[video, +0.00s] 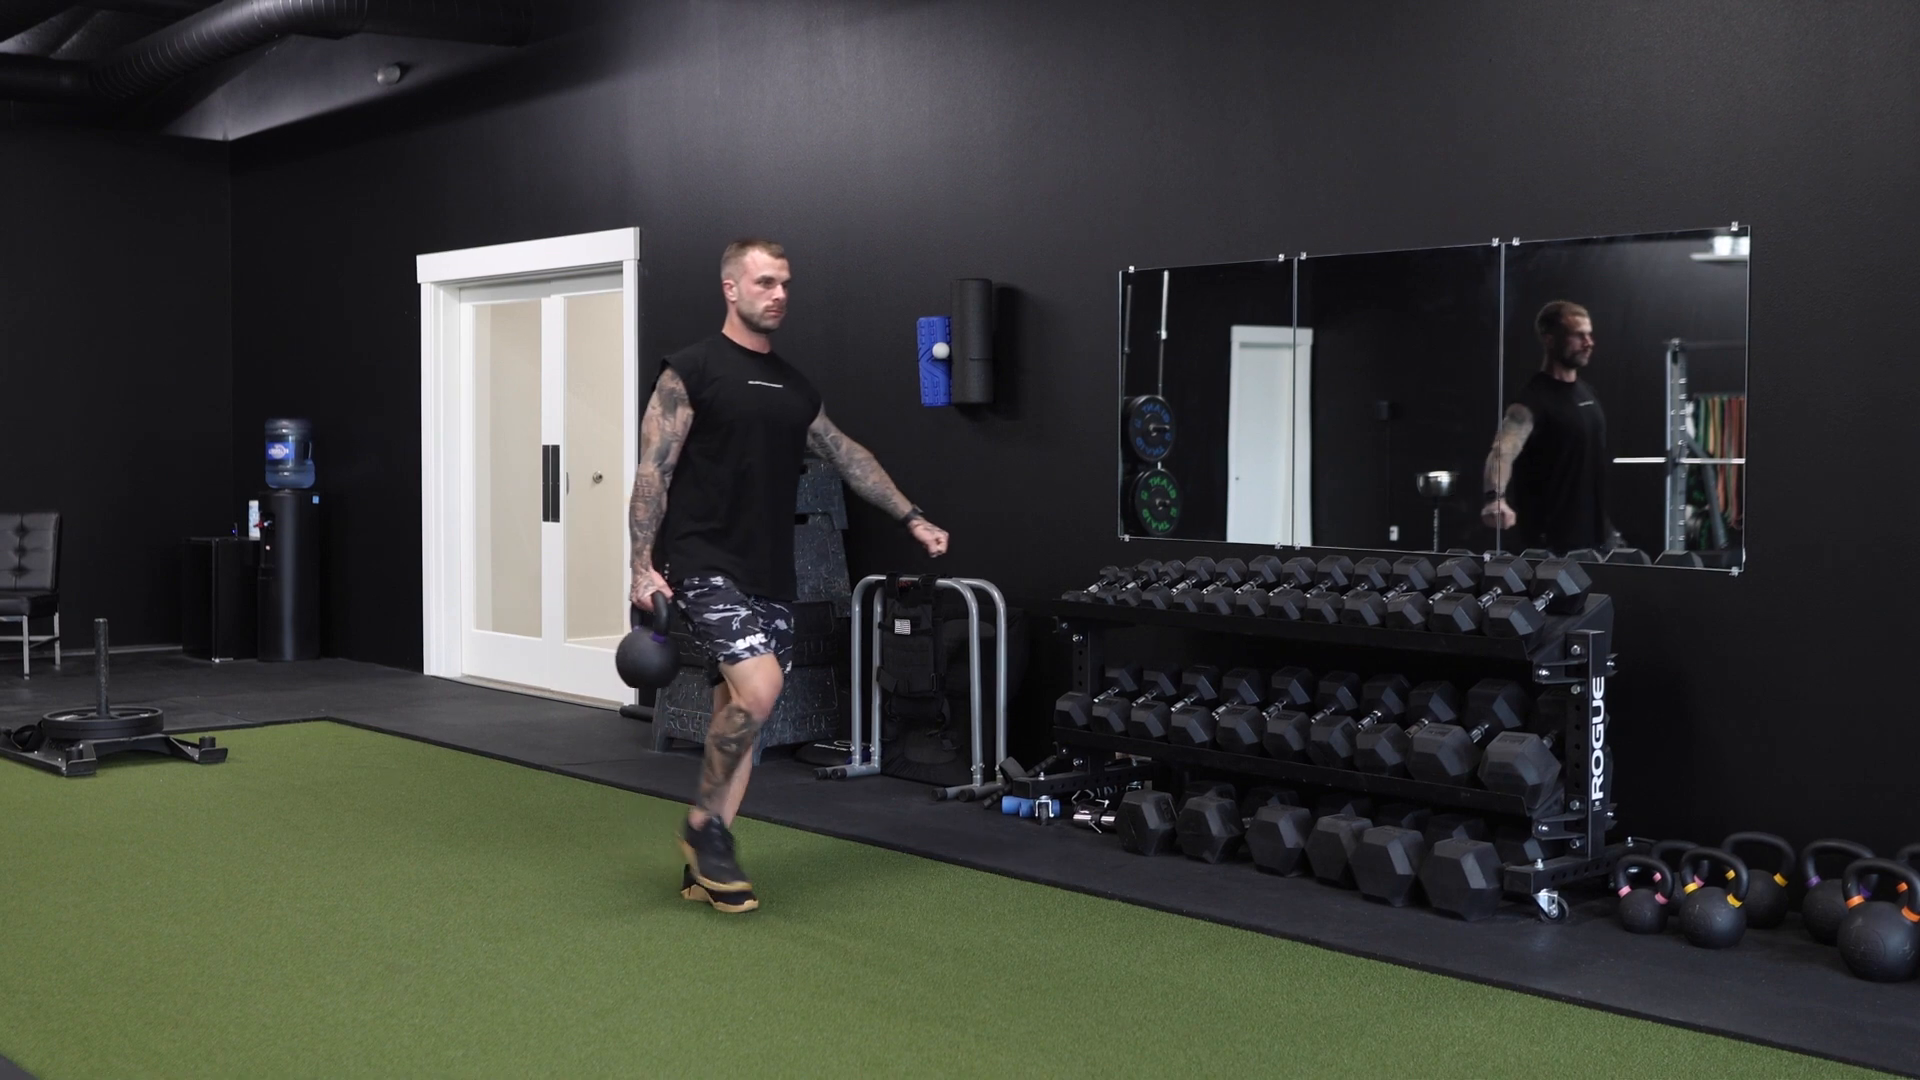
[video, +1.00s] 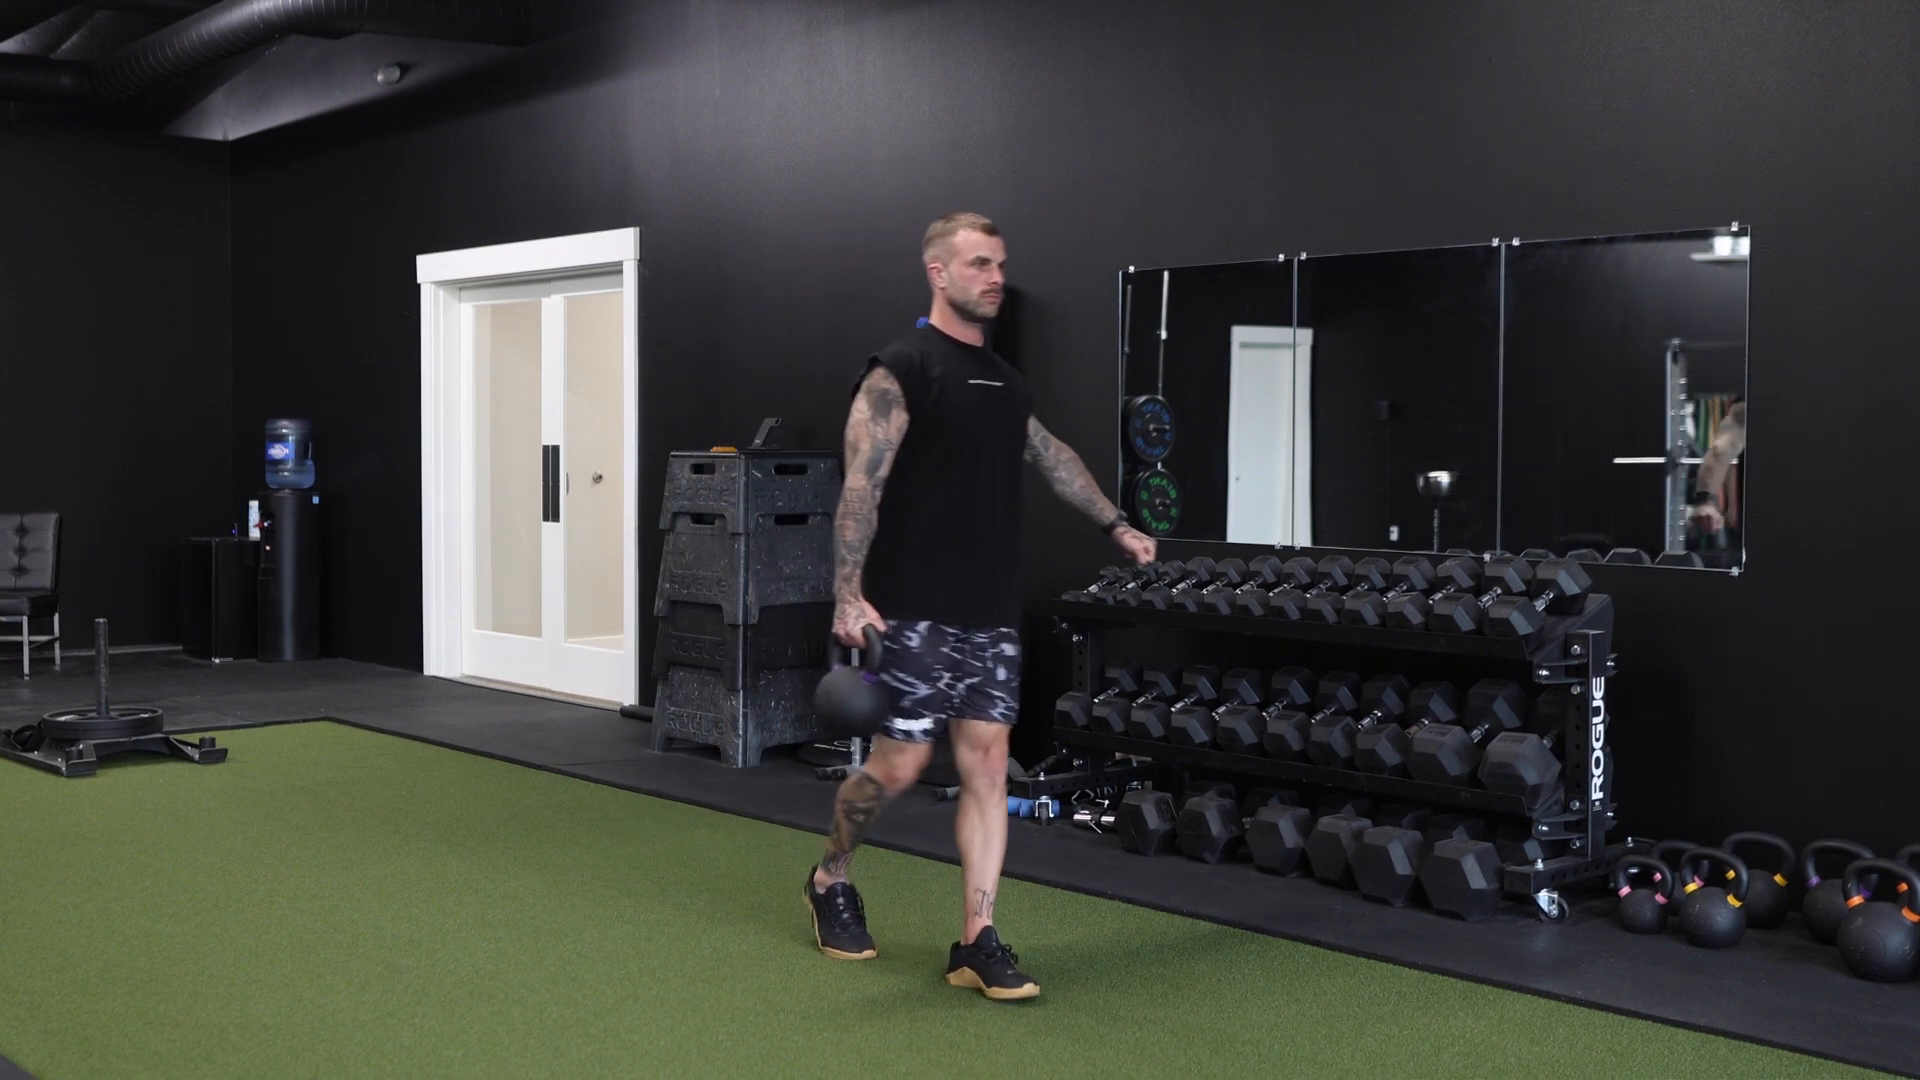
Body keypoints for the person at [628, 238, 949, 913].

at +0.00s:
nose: (779, 295)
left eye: (785, 285)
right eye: (765, 283)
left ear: (789, 294)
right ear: (730, 289)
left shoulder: (791, 384)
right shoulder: (690, 370)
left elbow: (846, 455)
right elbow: (652, 472)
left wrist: (911, 516)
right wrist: (642, 562)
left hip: (768, 569)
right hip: (700, 562)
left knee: (739, 718)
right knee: (760, 684)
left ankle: (707, 860)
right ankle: (706, 820)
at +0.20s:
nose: (811, 293)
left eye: (817, 282)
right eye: (797, 281)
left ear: (821, 291)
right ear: (761, 288)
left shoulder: (826, 383)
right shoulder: (724, 374)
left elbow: (877, 452)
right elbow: (685, 477)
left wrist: (944, 514)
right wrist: (676, 571)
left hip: (803, 586)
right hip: (734, 579)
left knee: (758, 730)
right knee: (775, 718)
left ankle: (708, 857)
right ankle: (799, 880)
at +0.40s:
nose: (851, 285)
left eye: (856, 273)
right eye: (835, 273)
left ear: (858, 283)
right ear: (797, 281)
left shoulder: (864, 376)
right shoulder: (763, 374)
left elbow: (911, 444)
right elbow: (726, 480)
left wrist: (976, 506)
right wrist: (715, 577)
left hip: (848, 584)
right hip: (779, 582)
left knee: (832, 732)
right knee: (802, 734)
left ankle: (734, 831)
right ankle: (815, 897)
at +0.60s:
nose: (891, 277)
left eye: (895, 266)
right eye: (875, 265)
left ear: (897, 274)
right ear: (835, 272)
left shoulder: (903, 369)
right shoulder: (801, 366)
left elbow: (951, 439)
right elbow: (764, 474)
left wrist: (1015, 501)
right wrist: (751, 576)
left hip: (897, 590)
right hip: (819, 591)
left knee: (919, 726)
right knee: (824, 742)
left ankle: (838, 838)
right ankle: (819, 896)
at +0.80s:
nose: (936, 276)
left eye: (940, 265)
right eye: (920, 263)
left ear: (943, 273)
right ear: (878, 271)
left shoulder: (947, 375)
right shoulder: (843, 367)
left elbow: (995, 446)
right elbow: (807, 478)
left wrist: (1063, 509)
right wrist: (795, 580)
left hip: (934, 598)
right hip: (855, 597)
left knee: (952, 746)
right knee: (838, 750)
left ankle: (961, 913)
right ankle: (821, 899)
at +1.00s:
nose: (997, 278)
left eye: (1001, 267)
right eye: (980, 265)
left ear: (1002, 277)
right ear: (936, 274)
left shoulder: (1002, 377)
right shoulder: (900, 368)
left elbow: (1049, 455)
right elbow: (861, 485)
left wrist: (1115, 524)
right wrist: (848, 591)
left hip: (991, 606)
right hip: (912, 604)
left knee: (988, 763)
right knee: (897, 766)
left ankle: (977, 938)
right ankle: (832, 876)